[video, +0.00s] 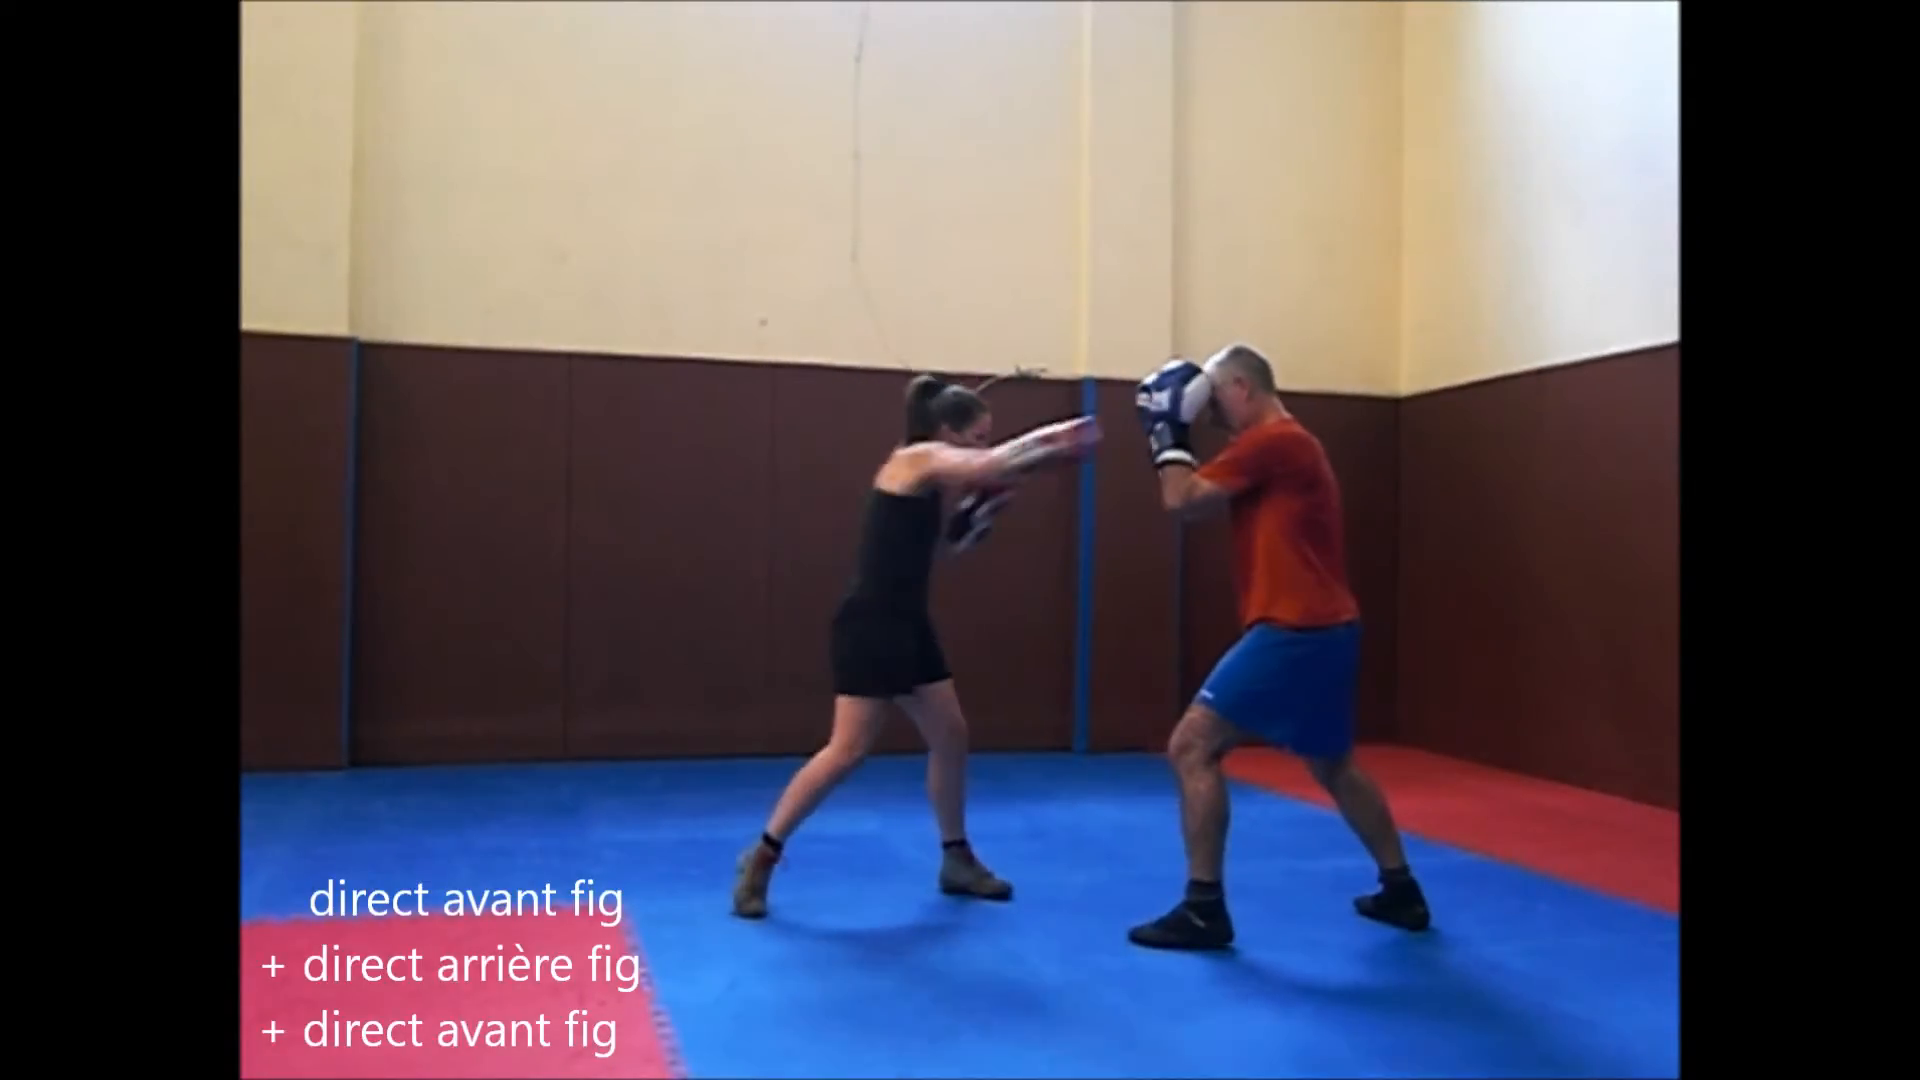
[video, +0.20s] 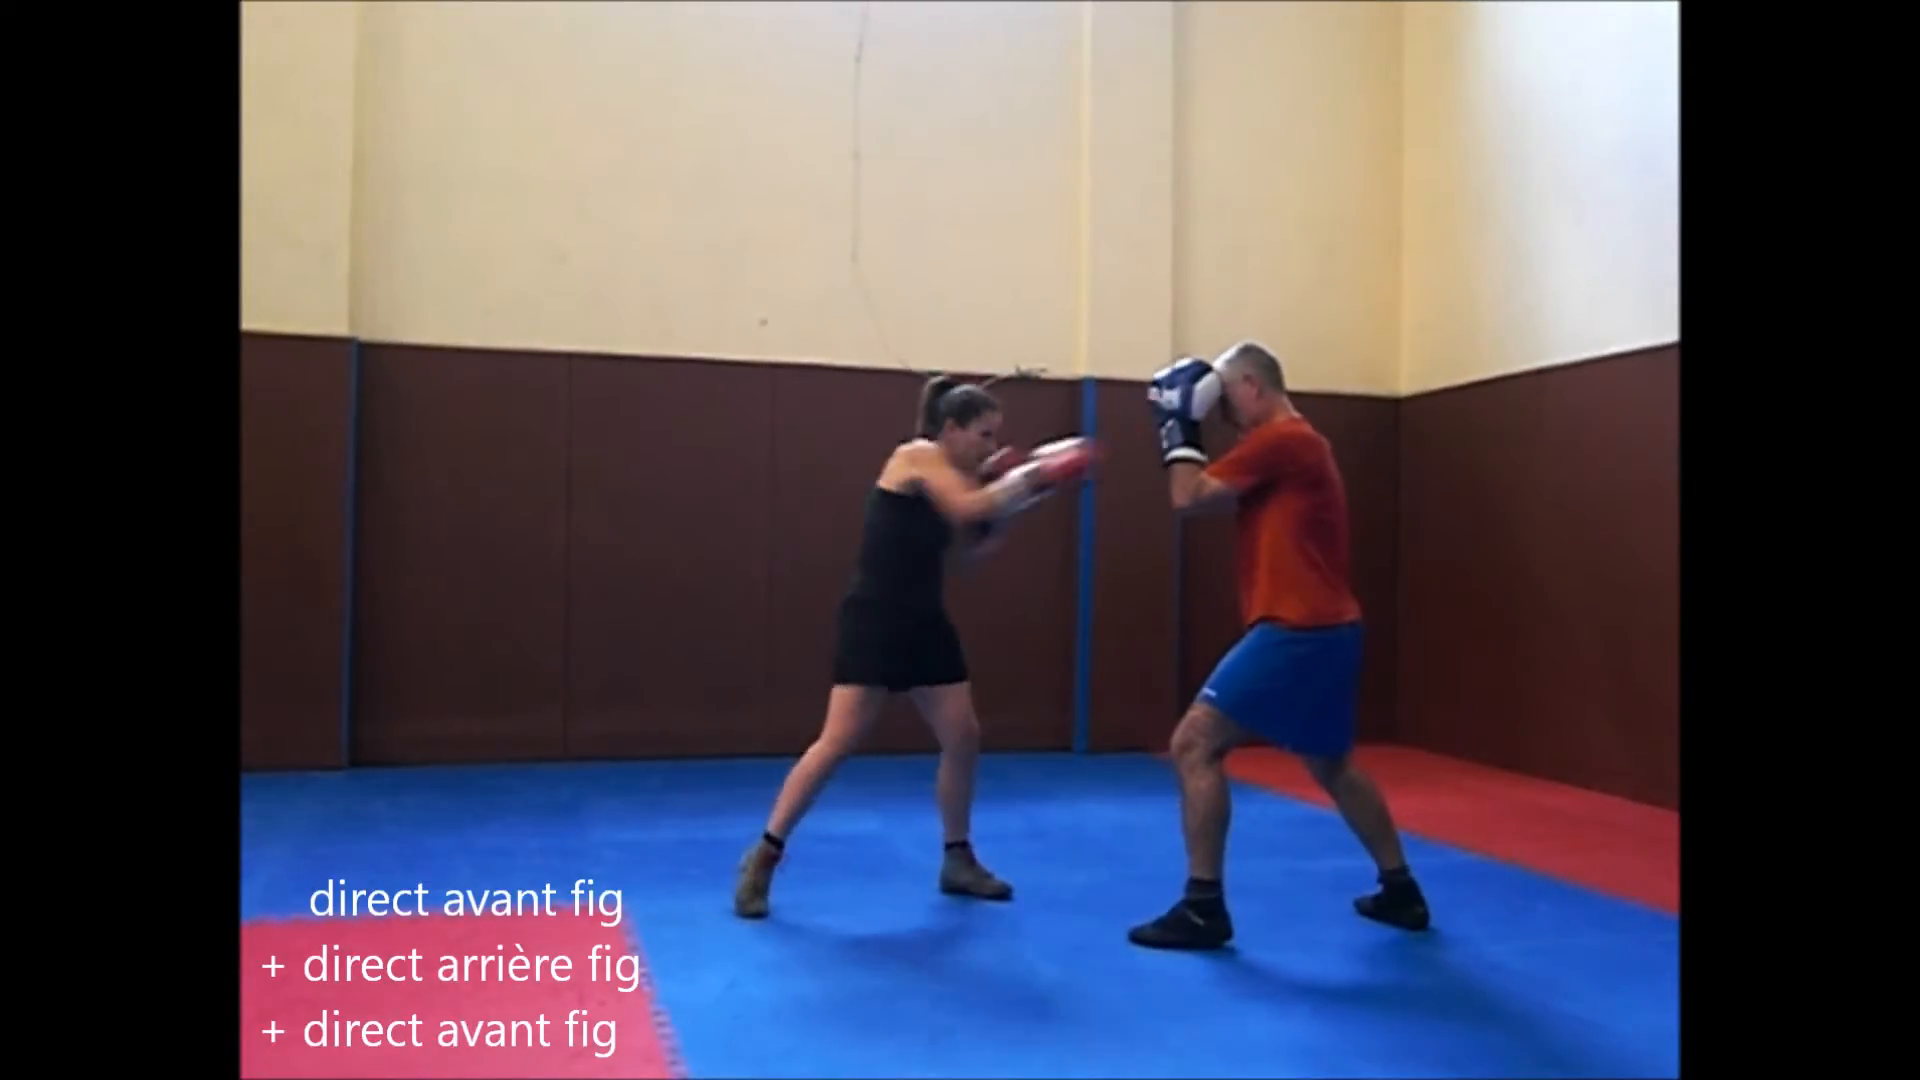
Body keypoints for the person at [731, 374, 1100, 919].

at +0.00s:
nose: (985, 443)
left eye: (986, 434)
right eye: (979, 434)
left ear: (941, 432)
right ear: (949, 429)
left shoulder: (910, 467)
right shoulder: (921, 459)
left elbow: (938, 545)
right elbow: (991, 464)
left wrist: (973, 524)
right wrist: (1056, 439)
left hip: (894, 625)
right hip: (879, 626)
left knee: (950, 737)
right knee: (846, 750)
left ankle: (957, 861)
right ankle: (762, 857)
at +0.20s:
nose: (993, 446)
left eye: (996, 436)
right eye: (985, 434)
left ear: (965, 435)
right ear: (950, 428)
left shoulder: (955, 476)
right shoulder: (919, 457)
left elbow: (962, 550)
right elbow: (966, 506)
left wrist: (1012, 495)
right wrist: (1028, 477)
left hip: (923, 623)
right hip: (873, 620)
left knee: (961, 735)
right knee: (838, 740)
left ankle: (958, 860)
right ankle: (766, 854)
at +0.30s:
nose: (985, 440)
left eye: (989, 430)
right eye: (977, 429)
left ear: (980, 430)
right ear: (942, 422)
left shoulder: (978, 470)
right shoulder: (899, 457)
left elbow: (1045, 500)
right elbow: (878, 524)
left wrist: (1079, 467)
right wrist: (944, 500)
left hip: (931, 620)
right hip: (876, 616)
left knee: (958, 737)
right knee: (838, 732)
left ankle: (959, 861)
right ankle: (774, 857)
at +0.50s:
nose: (963, 440)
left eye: (967, 430)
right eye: (956, 429)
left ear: (955, 427)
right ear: (923, 422)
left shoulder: (956, 470)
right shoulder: (876, 464)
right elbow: (881, 543)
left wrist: (1045, 496)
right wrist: (931, 503)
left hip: (922, 621)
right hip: (867, 619)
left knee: (953, 738)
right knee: (824, 733)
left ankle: (958, 861)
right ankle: (749, 853)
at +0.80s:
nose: (923, 452)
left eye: (928, 442)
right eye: (922, 440)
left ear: (902, 432)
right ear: (896, 429)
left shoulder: (891, 476)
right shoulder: (846, 463)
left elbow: (943, 531)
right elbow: (912, 523)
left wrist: (967, 477)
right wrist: (945, 475)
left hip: (865, 627)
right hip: (814, 627)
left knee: (923, 736)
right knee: (782, 751)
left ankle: (936, 857)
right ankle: (719, 867)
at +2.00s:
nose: (860, 442)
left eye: (864, 432)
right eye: (857, 430)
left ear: (838, 425)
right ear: (828, 422)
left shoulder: (834, 475)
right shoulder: (784, 469)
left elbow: (879, 539)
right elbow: (844, 532)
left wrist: (899, 483)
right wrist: (878, 476)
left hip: (840, 634)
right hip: (790, 636)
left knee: (897, 743)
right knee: (762, 765)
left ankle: (901, 865)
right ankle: (702, 879)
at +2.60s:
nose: (894, 421)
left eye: (898, 411)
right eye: (885, 410)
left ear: (877, 415)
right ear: (850, 410)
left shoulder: (883, 460)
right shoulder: (810, 457)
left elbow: (922, 521)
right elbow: (837, 532)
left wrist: (955, 485)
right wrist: (888, 483)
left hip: (878, 616)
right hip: (820, 622)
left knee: (949, 712)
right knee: (791, 744)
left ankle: (959, 830)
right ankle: (744, 863)